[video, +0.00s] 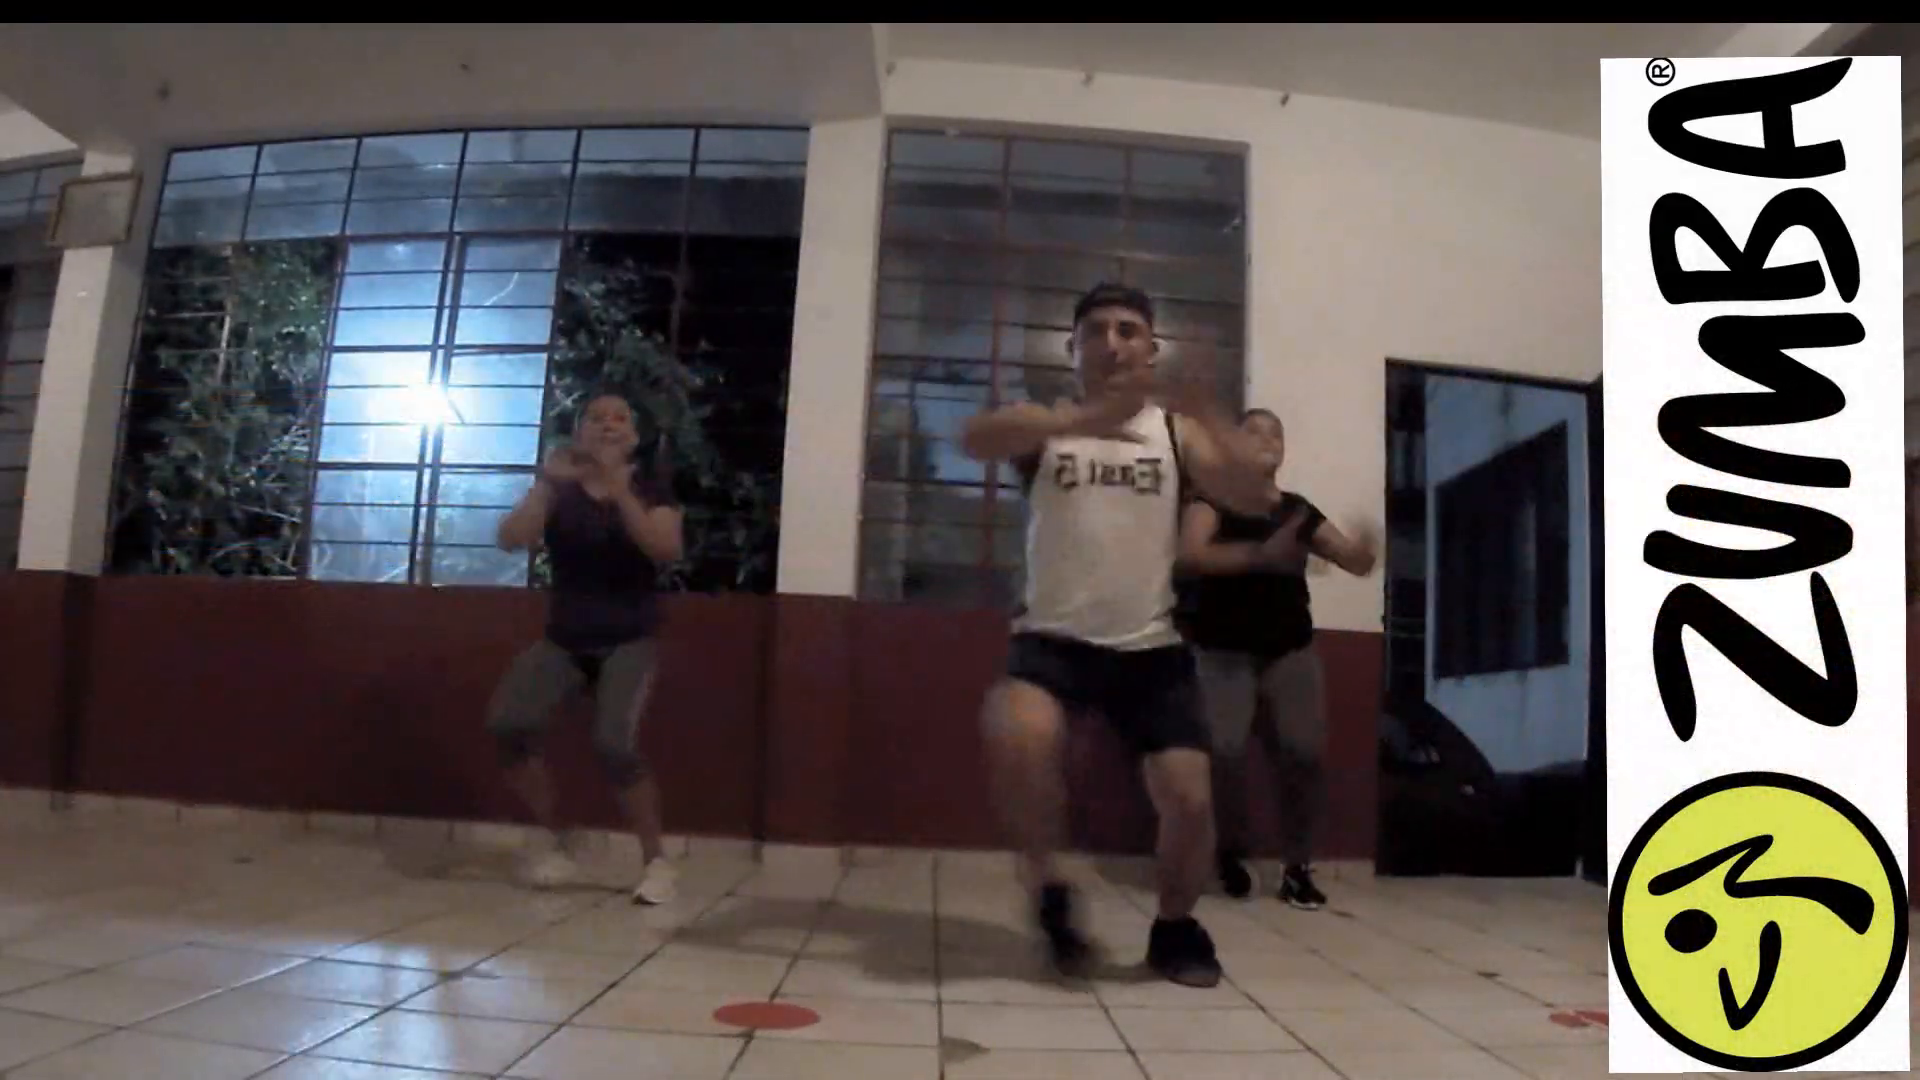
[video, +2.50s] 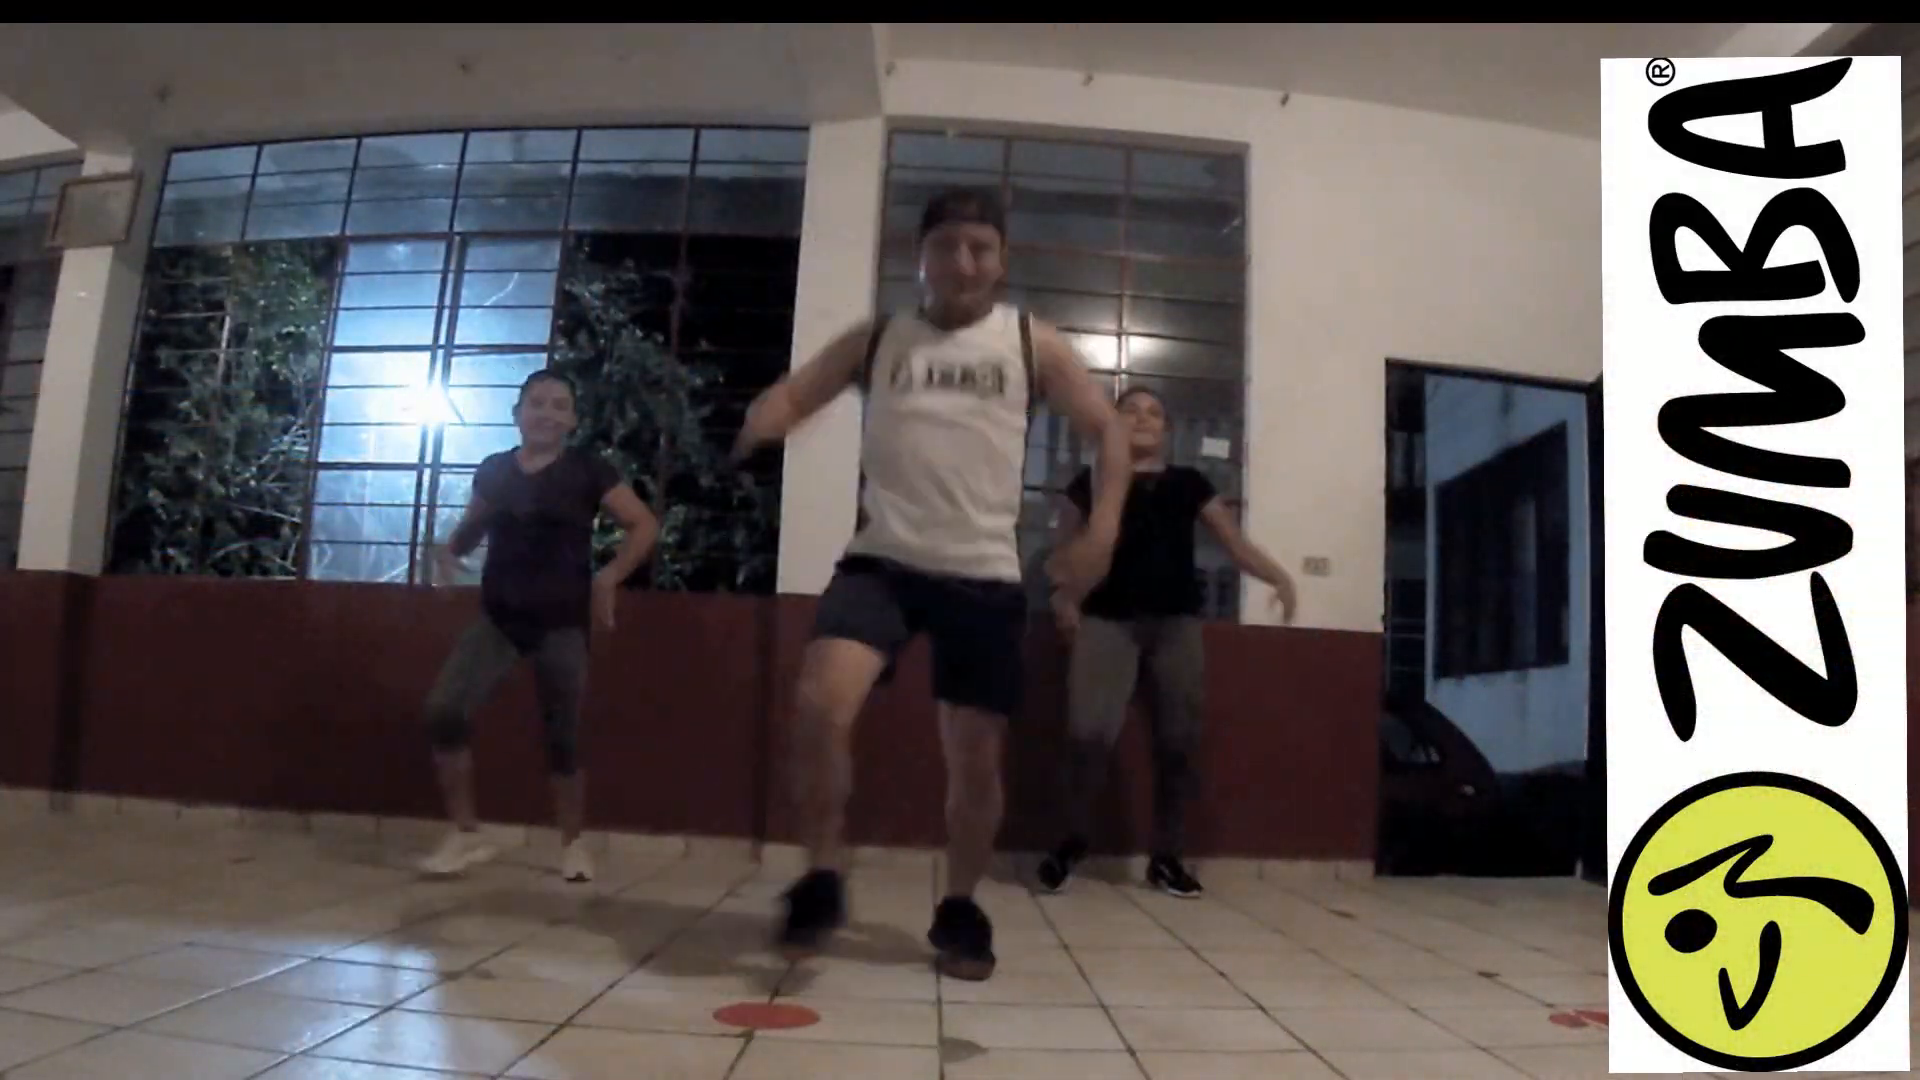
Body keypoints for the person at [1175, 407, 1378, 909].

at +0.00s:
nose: (1267, 443)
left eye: (1274, 436)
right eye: (1255, 434)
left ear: (1283, 449)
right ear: (1233, 444)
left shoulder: (1295, 511)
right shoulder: (1210, 502)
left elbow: (1356, 562)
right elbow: (1192, 555)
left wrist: (1363, 543)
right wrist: (1262, 554)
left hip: (1288, 648)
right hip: (1223, 648)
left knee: (1304, 753)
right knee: (1226, 754)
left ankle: (1297, 866)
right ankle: (1229, 855)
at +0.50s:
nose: (1169, 436)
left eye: (1178, 430)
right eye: (1160, 427)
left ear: (1189, 446)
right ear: (1141, 438)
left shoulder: (1192, 505)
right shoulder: (1109, 485)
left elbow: (1261, 537)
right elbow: (1054, 472)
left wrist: (1337, 537)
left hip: (1175, 638)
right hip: (1106, 637)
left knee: (1218, 741)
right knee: (1090, 747)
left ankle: (1254, 865)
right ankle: (1061, 858)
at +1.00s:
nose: (1150, 431)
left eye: (1157, 422)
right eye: (1138, 424)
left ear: (1169, 433)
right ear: (1118, 437)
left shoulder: (1191, 494)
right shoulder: (1098, 497)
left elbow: (1242, 529)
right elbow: (1070, 565)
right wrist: (1070, 616)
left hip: (1172, 640)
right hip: (1106, 638)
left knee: (1208, 732)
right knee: (1097, 742)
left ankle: (1162, 834)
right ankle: (1087, 851)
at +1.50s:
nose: (1202, 402)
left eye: (1211, 398)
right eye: (1191, 398)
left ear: (1227, 415)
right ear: (1171, 416)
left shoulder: (1251, 464)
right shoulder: (1157, 475)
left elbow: (1297, 385)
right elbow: (1108, 466)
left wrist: (1321, 301)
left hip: (1253, 620)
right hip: (1176, 620)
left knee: (1284, 737)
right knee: (1118, 716)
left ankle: (1290, 885)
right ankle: (1120, 858)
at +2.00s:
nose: (1157, 409)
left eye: (1165, 403)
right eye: (1144, 403)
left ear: (1177, 421)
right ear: (1121, 419)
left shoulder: (1187, 487)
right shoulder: (1104, 462)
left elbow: (1186, 555)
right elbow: (1072, 381)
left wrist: (1195, 607)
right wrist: (1098, 307)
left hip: (1188, 618)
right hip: (1117, 621)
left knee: (1236, 729)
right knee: (1101, 739)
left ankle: (1214, 830)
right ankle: (1072, 875)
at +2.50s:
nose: (1143, 420)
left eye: (1152, 414)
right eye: (1133, 413)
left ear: (1166, 429)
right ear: (1114, 426)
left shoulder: (1188, 484)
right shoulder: (1095, 483)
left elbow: (1235, 542)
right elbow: (1065, 549)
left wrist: (1282, 579)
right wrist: (1065, 600)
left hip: (1176, 624)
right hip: (1107, 622)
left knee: (1179, 739)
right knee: (1088, 735)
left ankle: (1167, 856)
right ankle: (1069, 845)